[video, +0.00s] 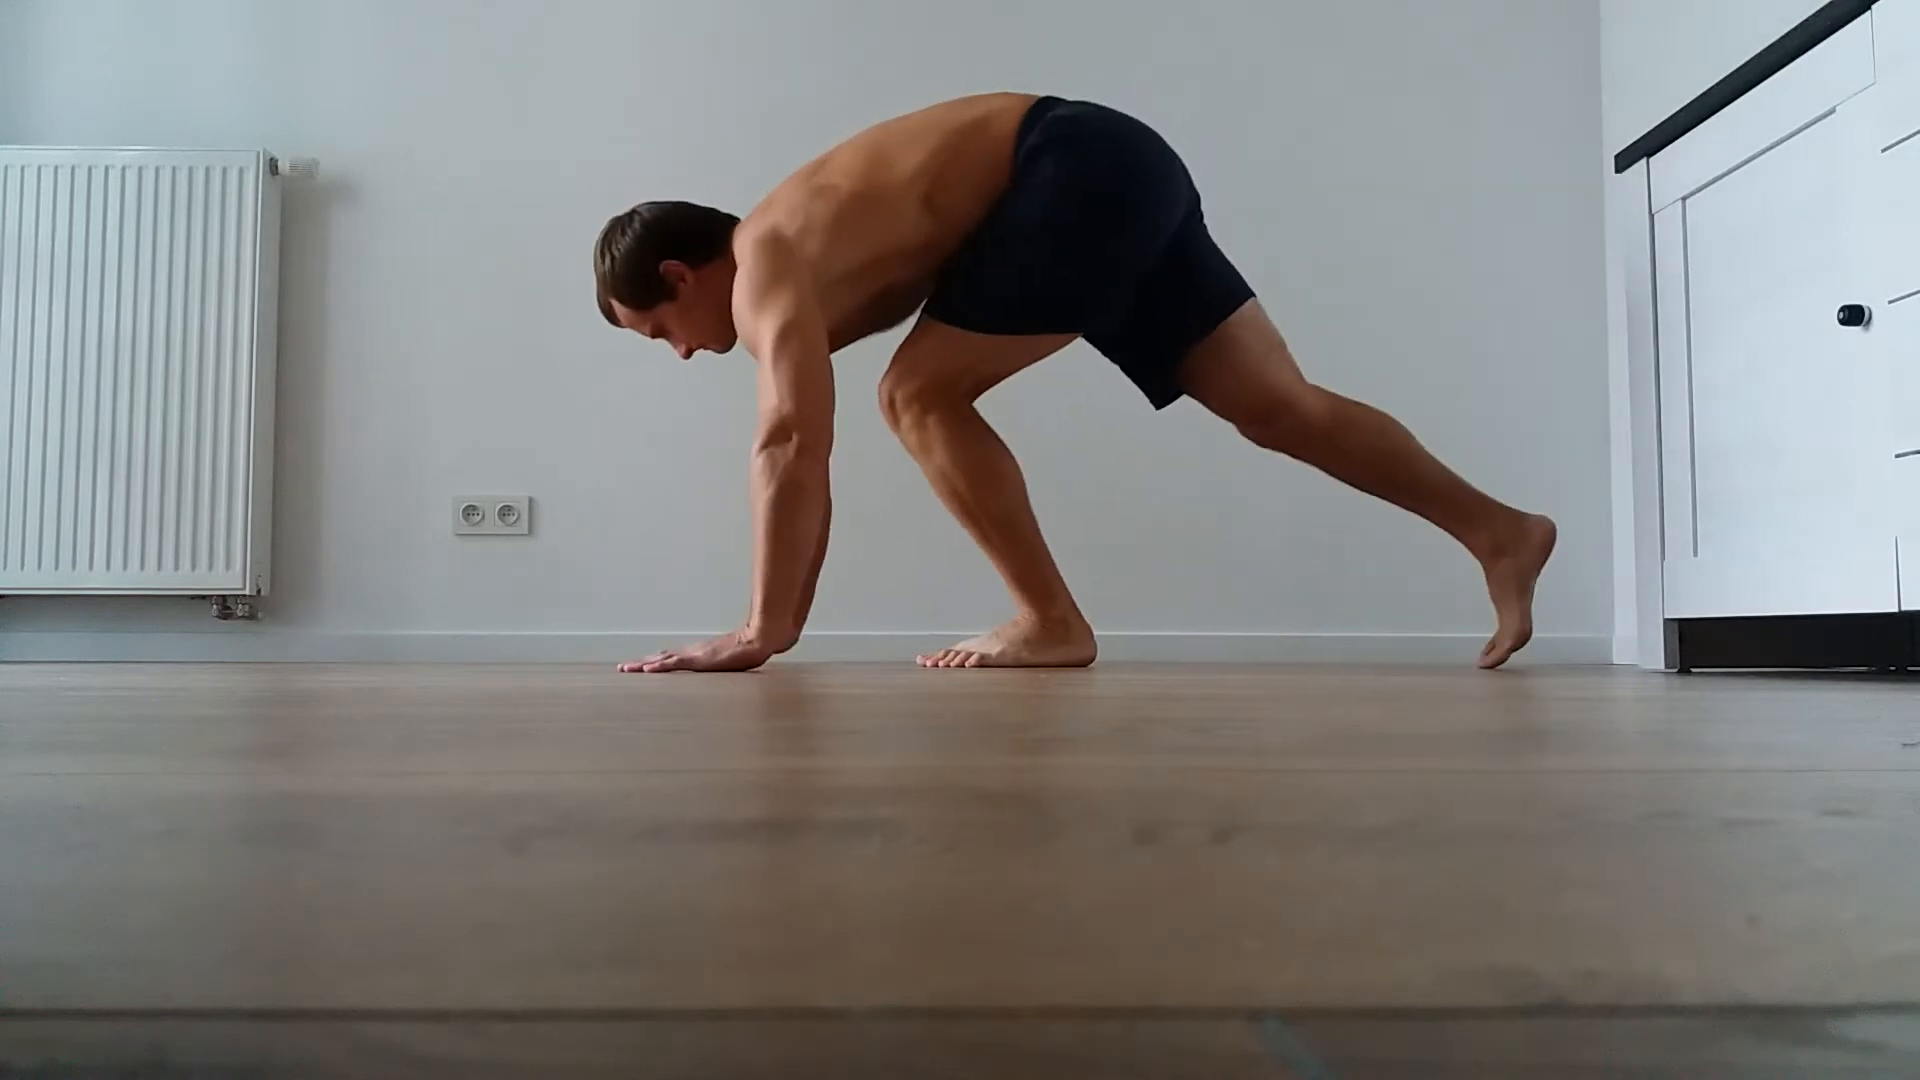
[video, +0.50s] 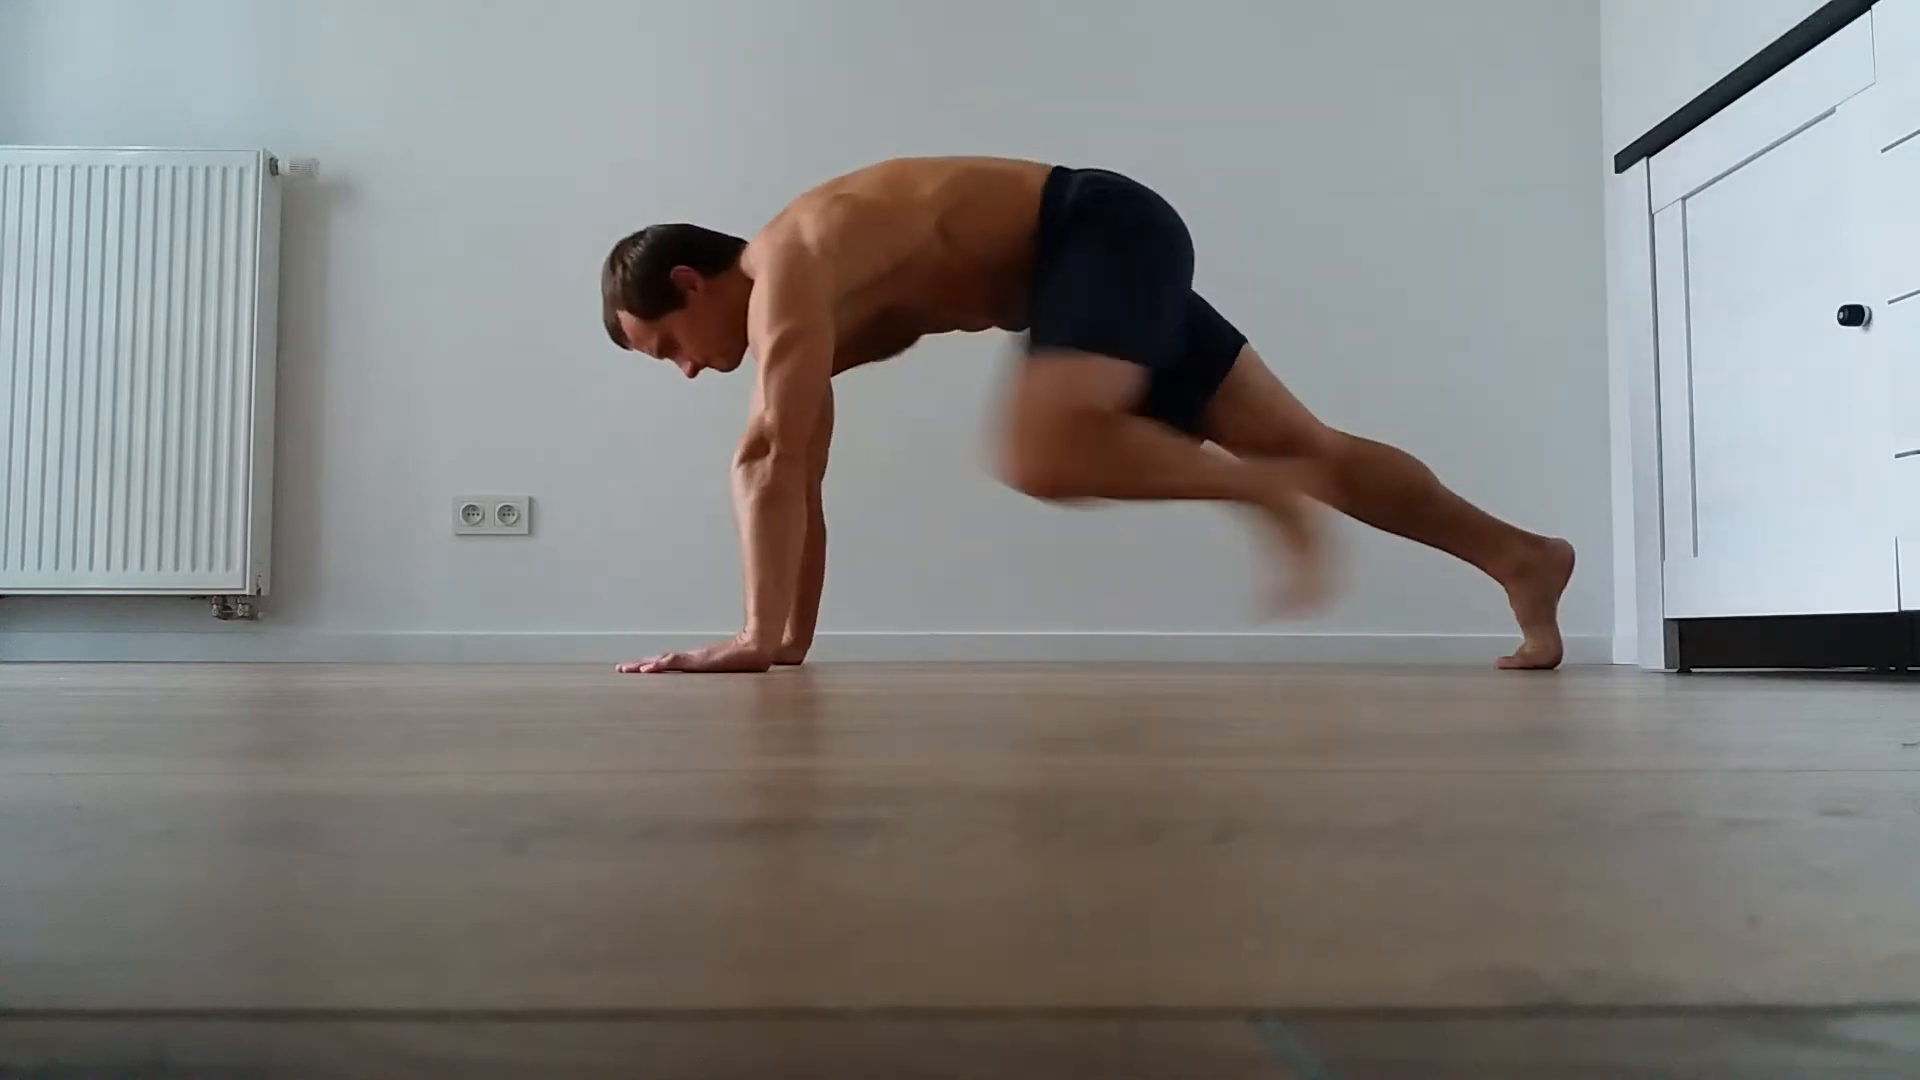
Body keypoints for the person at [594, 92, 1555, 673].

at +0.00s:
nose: (673, 349)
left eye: (657, 329)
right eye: (655, 336)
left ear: (684, 279)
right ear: (697, 265)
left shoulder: (769, 276)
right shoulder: (779, 259)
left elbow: (784, 451)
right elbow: (805, 460)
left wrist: (766, 631)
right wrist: (779, 628)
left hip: (1079, 179)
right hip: (1118, 171)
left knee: (924, 393)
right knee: (1281, 410)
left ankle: (1048, 621)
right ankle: (1500, 533)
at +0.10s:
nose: (669, 351)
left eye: (653, 331)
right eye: (652, 338)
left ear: (678, 278)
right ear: (690, 268)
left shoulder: (762, 278)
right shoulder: (778, 272)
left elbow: (773, 454)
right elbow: (804, 477)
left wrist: (764, 631)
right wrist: (786, 636)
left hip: (1074, 196)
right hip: (1111, 186)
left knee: (912, 401)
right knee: (1289, 420)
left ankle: (1047, 619)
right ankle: (1509, 531)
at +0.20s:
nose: (668, 352)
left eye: (653, 332)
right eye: (652, 340)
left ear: (678, 277)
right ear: (689, 271)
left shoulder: (761, 276)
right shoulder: (783, 276)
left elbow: (762, 454)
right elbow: (804, 481)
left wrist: (764, 630)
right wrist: (790, 641)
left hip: (1073, 223)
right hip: (1111, 215)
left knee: (895, 408)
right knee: (1296, 440)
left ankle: (1044, 616)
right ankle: (1516, 549)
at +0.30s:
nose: (680, 360)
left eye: (664, 340)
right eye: (664, 349)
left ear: (688, 282)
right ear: (698, 277)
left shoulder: (776, 272)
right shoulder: (793, 272)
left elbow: (768, 455)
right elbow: (802, 484)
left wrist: (761, 632)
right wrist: (791, 641)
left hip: (1078, 245)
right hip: (1116, 240)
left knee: (890, 405)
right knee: (1304, 449)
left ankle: (1041, 611)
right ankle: (1525, 556)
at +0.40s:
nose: (688, 364)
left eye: (672, 344)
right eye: (671, 352)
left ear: (699, 288)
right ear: (707, 284)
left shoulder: (795, 265)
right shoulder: (800, 279)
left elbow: (774, 459)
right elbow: (805, 481)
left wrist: (762, 634)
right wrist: (790, 641)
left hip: (1096, 236)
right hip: (1110, 247)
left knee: (912, 384)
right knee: (1305, 450)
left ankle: (1089, 575)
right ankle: (1527, 558)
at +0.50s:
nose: (679, 364)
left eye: (663, 345)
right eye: (662, 353)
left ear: (689, 288)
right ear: (698, 288)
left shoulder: (789, 267)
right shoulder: (796, 293)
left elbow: (768, 461)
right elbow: (797, 476)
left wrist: (762, 631)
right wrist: (794, 637)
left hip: (1101, 237)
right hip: (1102, 260)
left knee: (1045, 454)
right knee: (1301, 454)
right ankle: (1522, 557)